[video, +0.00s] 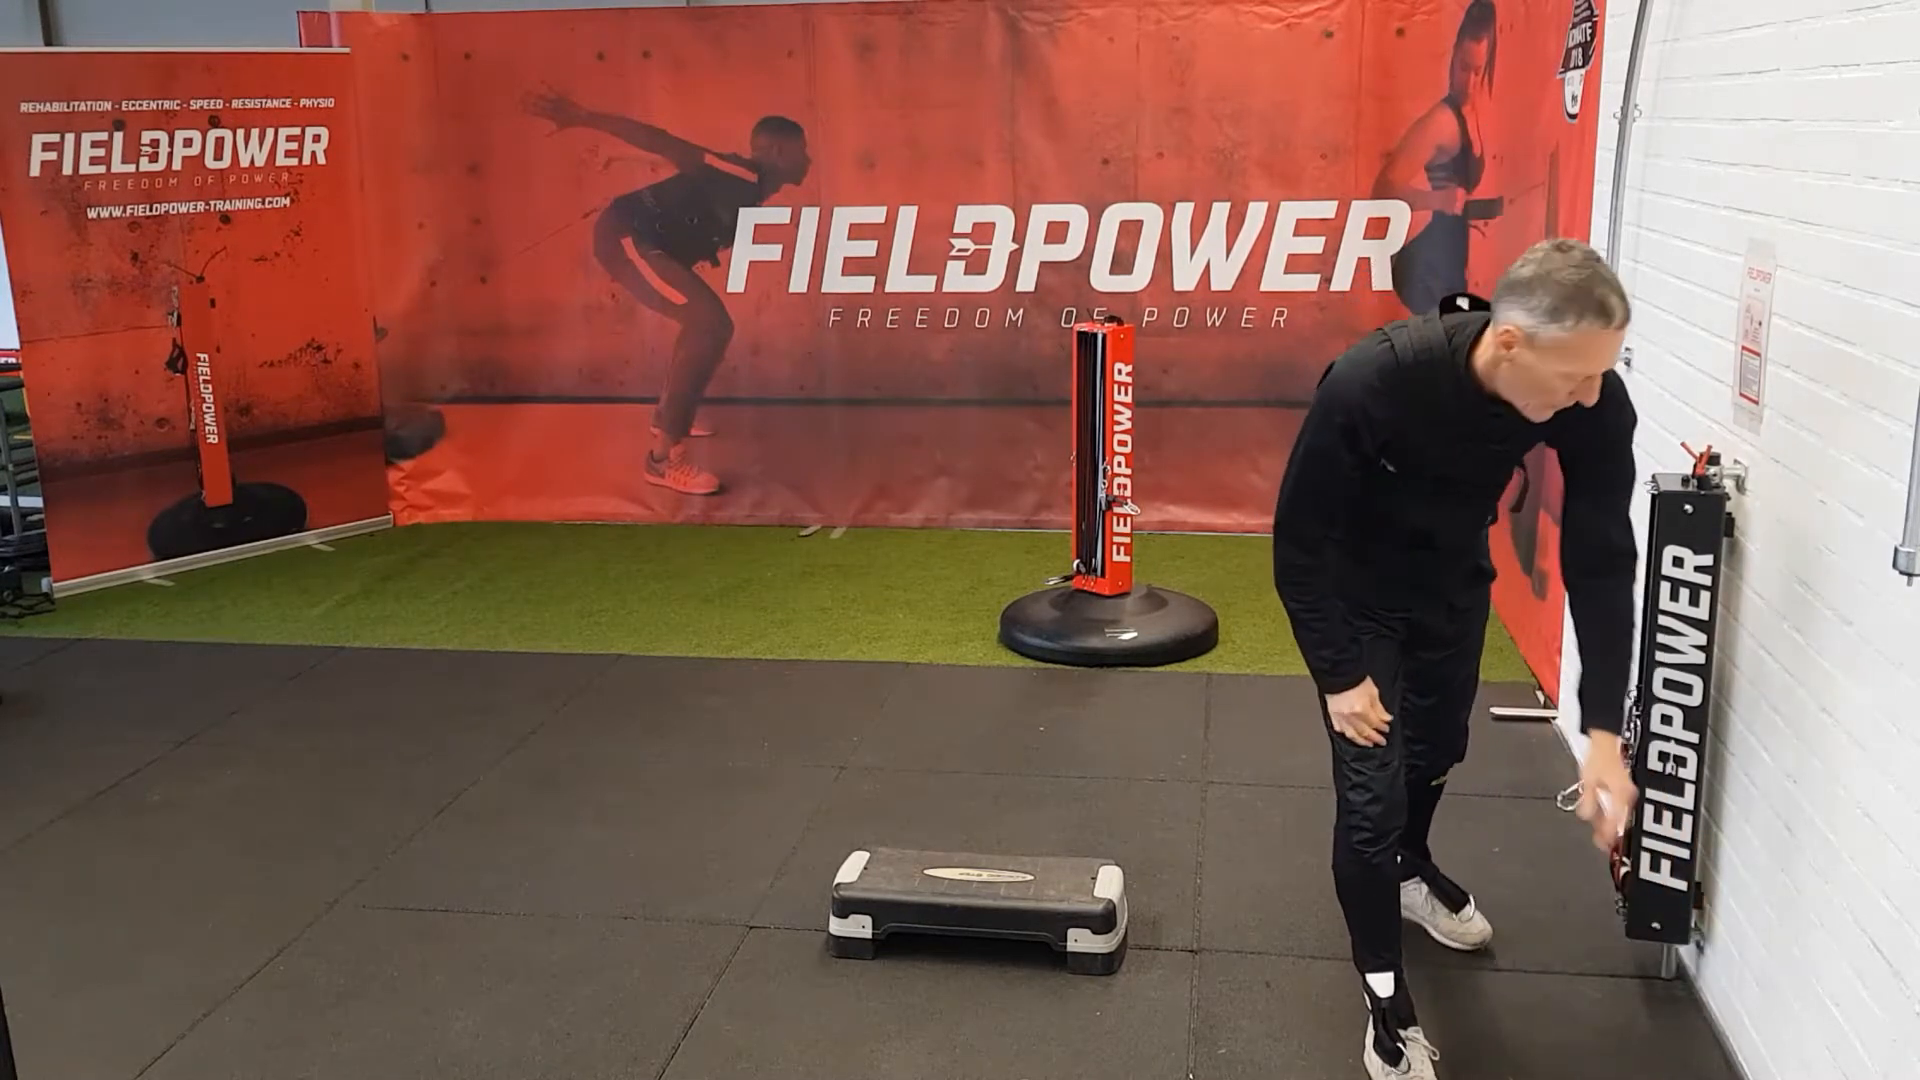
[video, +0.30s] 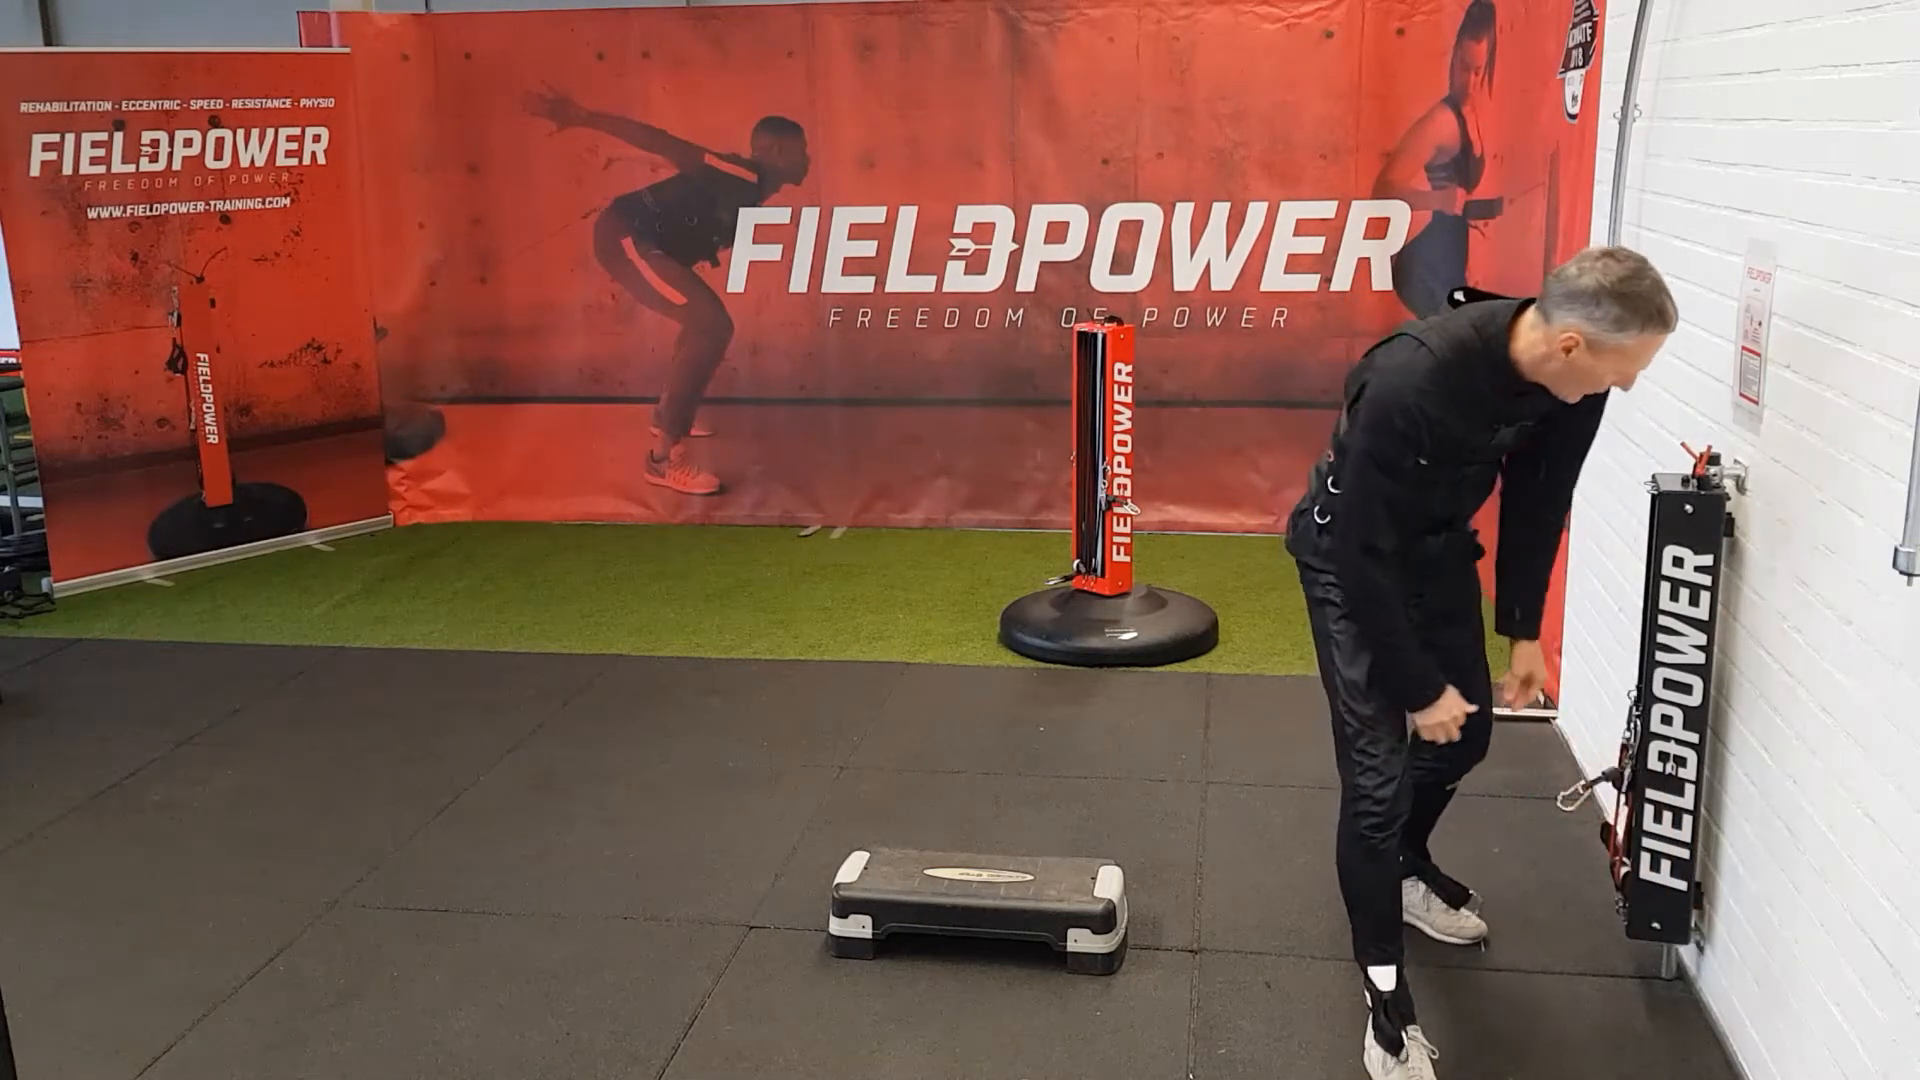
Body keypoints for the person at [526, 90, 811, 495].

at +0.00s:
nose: (807, 159)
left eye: (805, 150)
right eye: (801, 150)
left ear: (774, 151)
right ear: (772, 149)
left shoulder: (749, 187)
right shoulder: (737, 176)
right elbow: (659, 141)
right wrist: (581, 117)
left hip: (643, 236)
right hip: (627, 234)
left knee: (710, 322)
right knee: (712, 325)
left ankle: (670, 414)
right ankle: (666, 457)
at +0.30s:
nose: (807, 159)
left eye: (805, 150)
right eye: (800, 150)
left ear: (773, 151)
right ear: (771, 150)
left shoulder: (749, 187)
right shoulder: (736, 178)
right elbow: (663, 143)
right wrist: (584, 118)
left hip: (644, 236)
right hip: (626, 233)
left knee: (709, 321)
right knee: (713, 326)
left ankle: (670, 411)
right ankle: (665, 457)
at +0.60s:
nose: (807, 159)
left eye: (805, 150)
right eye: (800, 150)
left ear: (774, 151)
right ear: (772, 150)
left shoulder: (749, 188)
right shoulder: (735, 177)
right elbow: (662, 142)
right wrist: (584, 117)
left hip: (645, 236)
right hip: (626, 233)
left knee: (709, 321)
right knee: (713, 326)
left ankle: (671, 411)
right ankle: (665, 457)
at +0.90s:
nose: (807, 159)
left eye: (805, 150)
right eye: (801, 151)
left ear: (773, 151)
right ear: (772, 150)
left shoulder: (749, 187)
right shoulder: (736, 177)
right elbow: (663, 143)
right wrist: (584, 118)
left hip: (644, 236)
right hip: (626, 233)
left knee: (709, 321)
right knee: (713, 326)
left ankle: (671, 411)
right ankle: (665, 457)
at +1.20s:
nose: (807, 159)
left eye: (805, 150)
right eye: (801, 151)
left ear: (773, 151)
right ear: (772, 150)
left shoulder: (749, 187)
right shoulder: (736, 178)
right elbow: (663, 143)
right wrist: (584, 118)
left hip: (644, 236)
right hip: (626, 233)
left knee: (709, 321)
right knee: (713, 326)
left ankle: (671, 411)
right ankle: (665, 457)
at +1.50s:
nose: (807, 158)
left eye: (805, 150)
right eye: (800, 150)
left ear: (774, 151)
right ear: (770, 150)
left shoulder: (750, 190)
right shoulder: (735, 175)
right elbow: (661, 142)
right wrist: (584, 117)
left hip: (647, 238)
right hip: (626, 233)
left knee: (711, 322)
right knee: (711, 325)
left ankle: (671, 412)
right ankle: (665, 456)